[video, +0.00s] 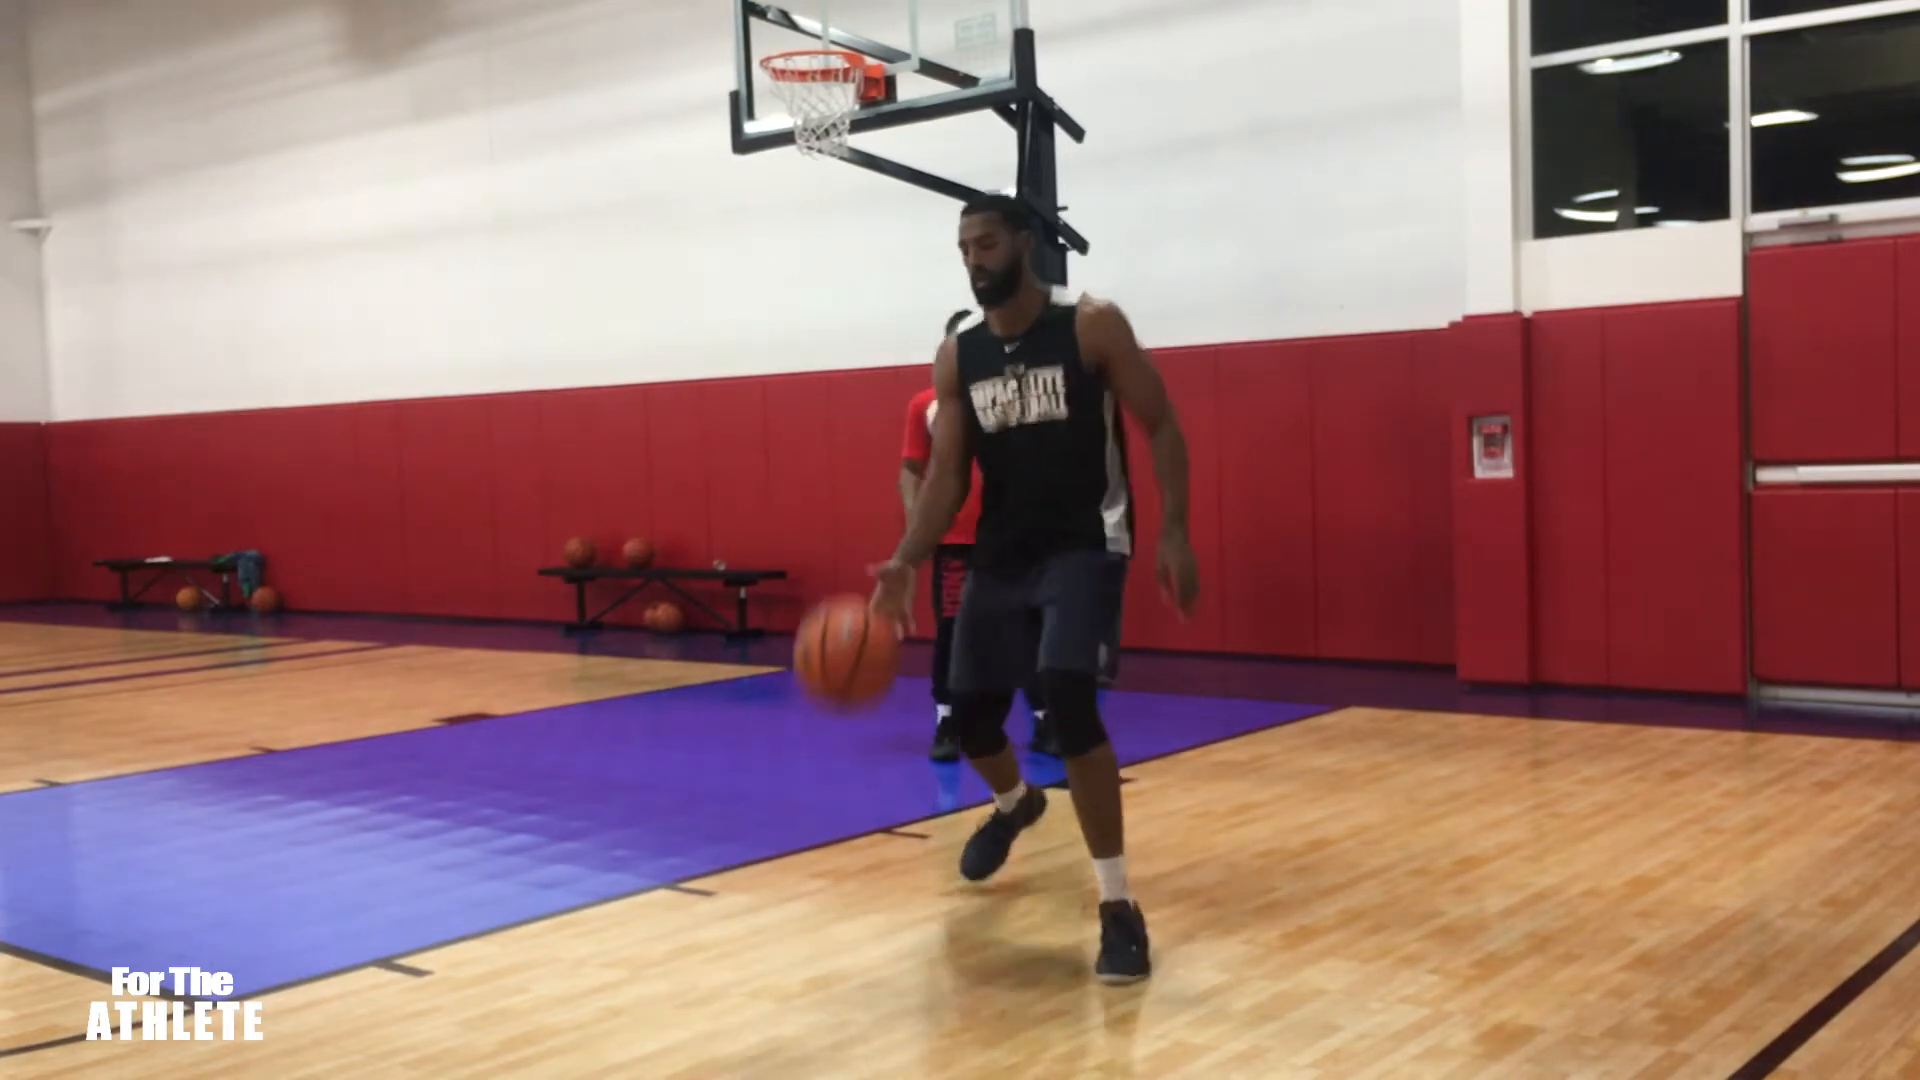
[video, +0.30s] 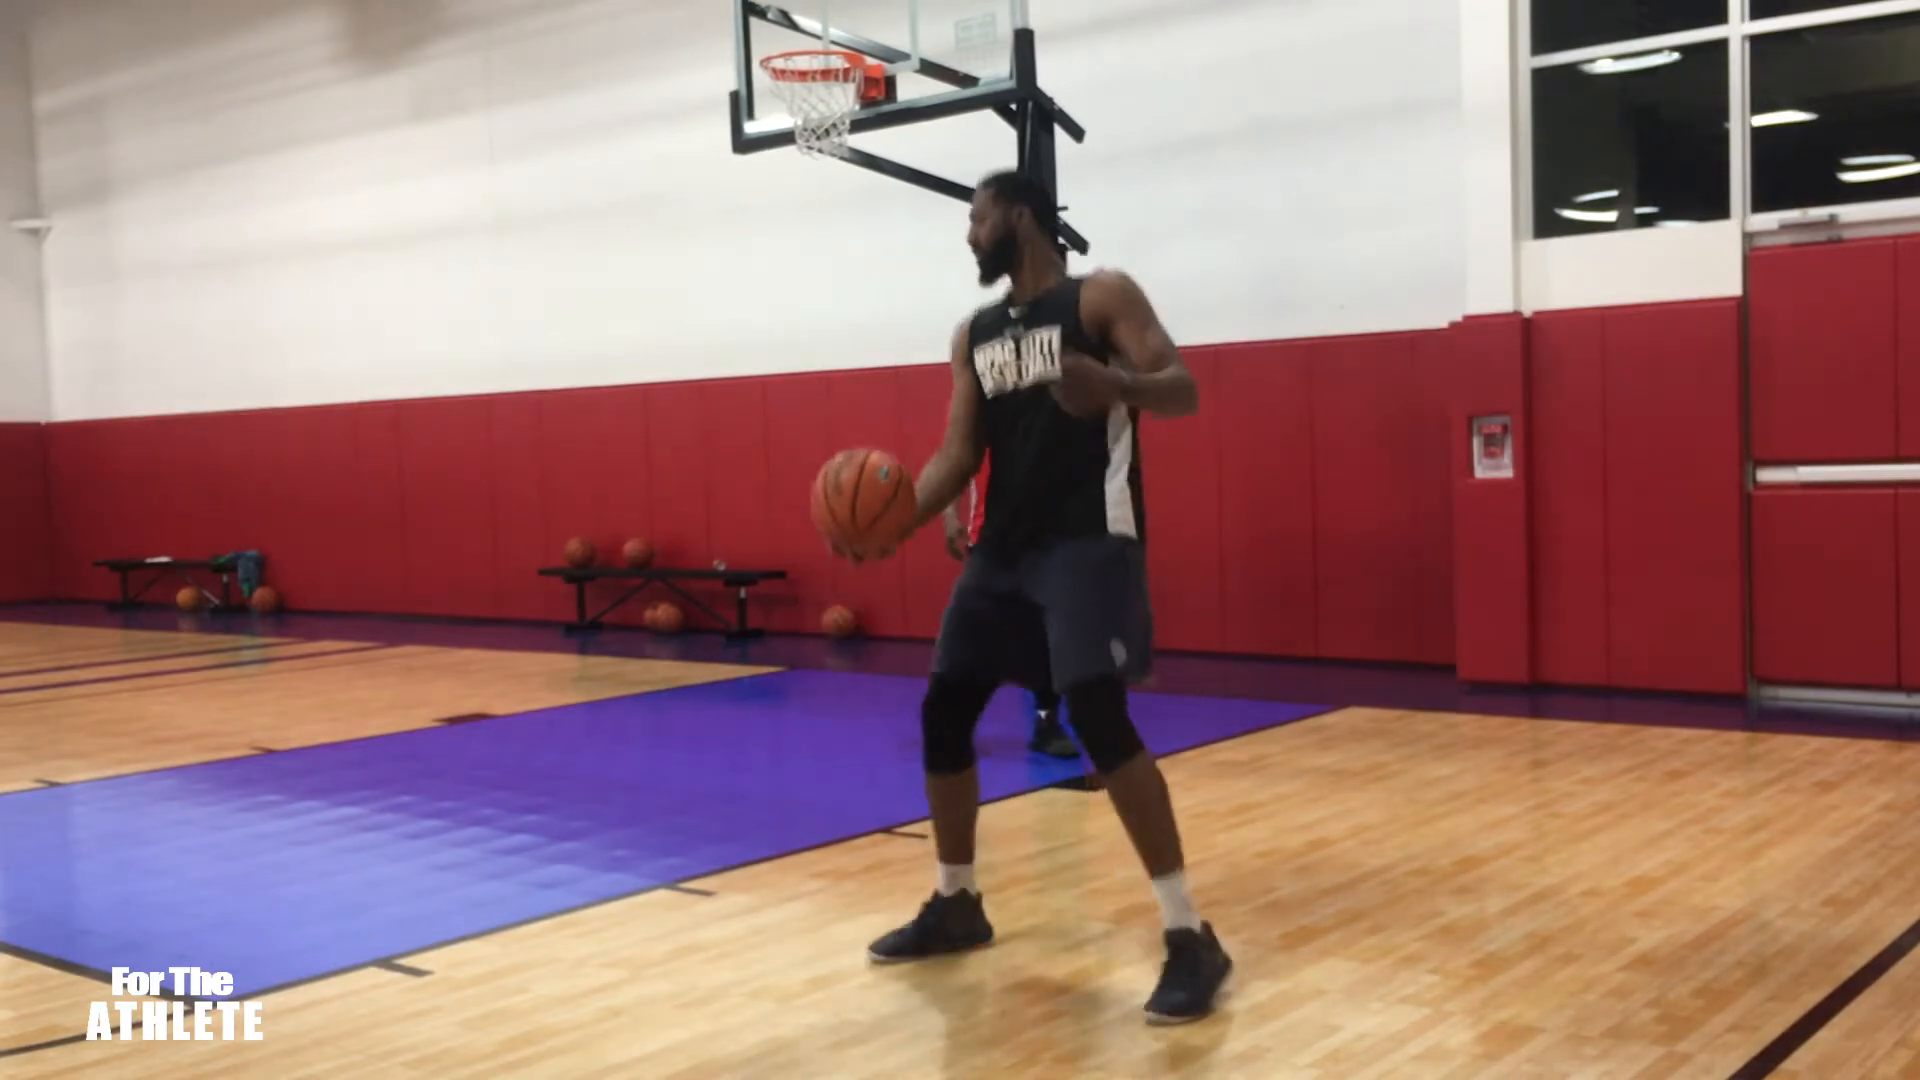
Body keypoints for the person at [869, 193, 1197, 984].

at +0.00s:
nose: (974, 260)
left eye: (987, 244)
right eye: (965, 249)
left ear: (1028, 246)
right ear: (963, 260)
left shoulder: (1093, 327)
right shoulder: (959, 353)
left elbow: (1161, 428)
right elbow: (947, 471)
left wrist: (1174, 534)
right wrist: (906, 558)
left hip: (1084, 548)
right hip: (1002, 556)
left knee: (1067, 706)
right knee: (967, 716)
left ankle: (1117, 904)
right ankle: (1016, 801)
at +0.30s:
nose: (968, 227)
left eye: (978, 210)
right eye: (969, 214)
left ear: (1022, 214)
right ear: (1009, 223)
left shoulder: (1104, 295)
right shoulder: (976, 334)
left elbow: (1182, 393)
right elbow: (957, 455)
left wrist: (1119, 384)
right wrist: (890, 520)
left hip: (1090, 548)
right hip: (1003, 555)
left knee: (1098, 718)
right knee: (944, 711)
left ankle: (1188, 936)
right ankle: (957, 903)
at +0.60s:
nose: (1032, 245)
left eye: (1045, 230)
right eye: (1031, 236)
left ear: (1091, 239)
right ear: (1048, 254)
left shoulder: (1142, 308)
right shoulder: (1040, 352)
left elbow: (1179, 400)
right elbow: (1010, 473)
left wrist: (1098, 282)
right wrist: (921, 407)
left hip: (1076, 562)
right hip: (998, 562)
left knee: (1075, 742)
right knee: (927, 724)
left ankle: (1192, 948)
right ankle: (957, 905)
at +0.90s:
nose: (980, 230)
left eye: (988, 213)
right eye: (981, 215)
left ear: (1025, 218)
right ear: (1022, 223)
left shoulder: (1107, 296)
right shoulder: (1006, 314)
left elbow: (1143, 414)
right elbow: (1007, 447)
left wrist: (1028, 344)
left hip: (1103, 549)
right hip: (1023, 548)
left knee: (1094, 735)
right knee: (955, 709)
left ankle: (1193, 944)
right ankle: (961, 902)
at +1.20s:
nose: (924, 283)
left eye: (933, 266)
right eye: (921, 268)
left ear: (980, 263)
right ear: (964, 268)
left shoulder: (1082, 320)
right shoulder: (949, 360)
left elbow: (1162, 423)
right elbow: (949, 479)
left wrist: (1075, 394)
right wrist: (953, 472)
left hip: (1122, 545)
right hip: (1021, 553)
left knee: (1171, 704)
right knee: (979, 708)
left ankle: (1229, 904)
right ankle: (985, 899)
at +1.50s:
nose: (1025, 371)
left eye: (1037, 359)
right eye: (1021, 358)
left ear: (1084, 360)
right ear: (1024, 360)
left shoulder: (1156, 425)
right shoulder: (1017, 425)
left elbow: (1210, 543)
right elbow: (995, 529)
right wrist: (971, 630)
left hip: (1151, 590)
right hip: (1056, 592)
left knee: (1258, 711)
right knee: (1007, 720)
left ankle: (1283, 833)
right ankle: (956, 901)